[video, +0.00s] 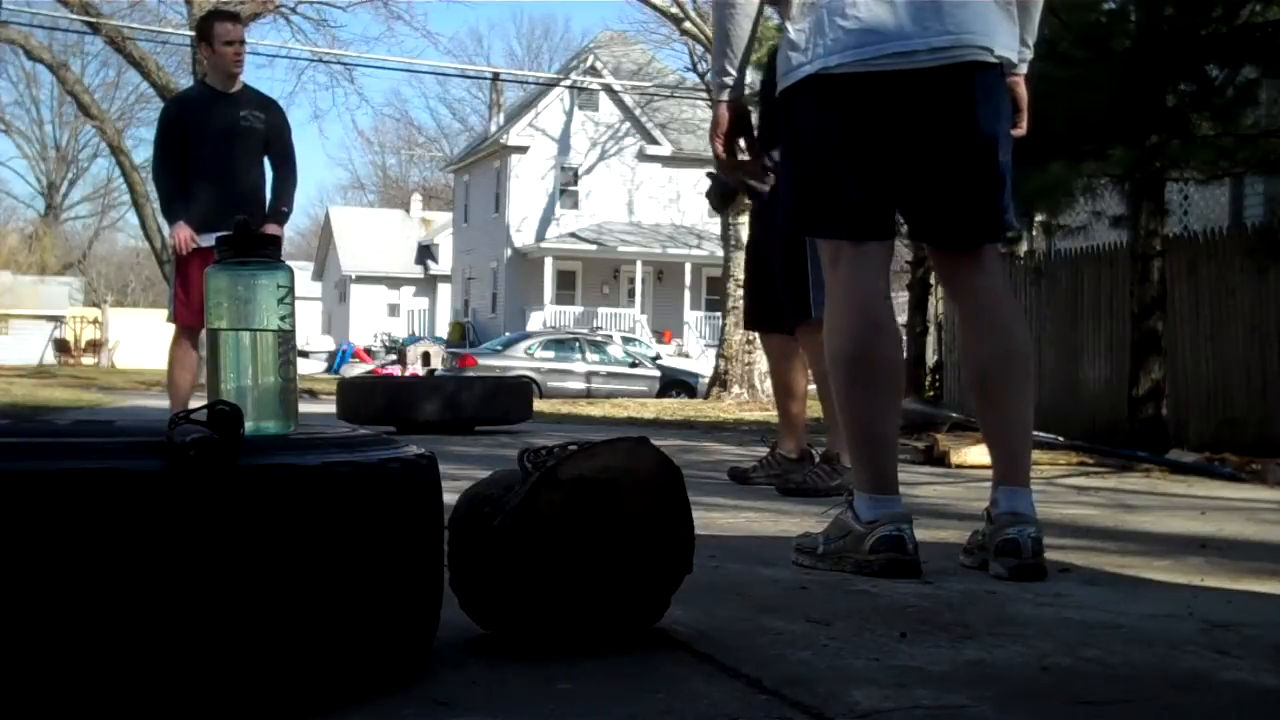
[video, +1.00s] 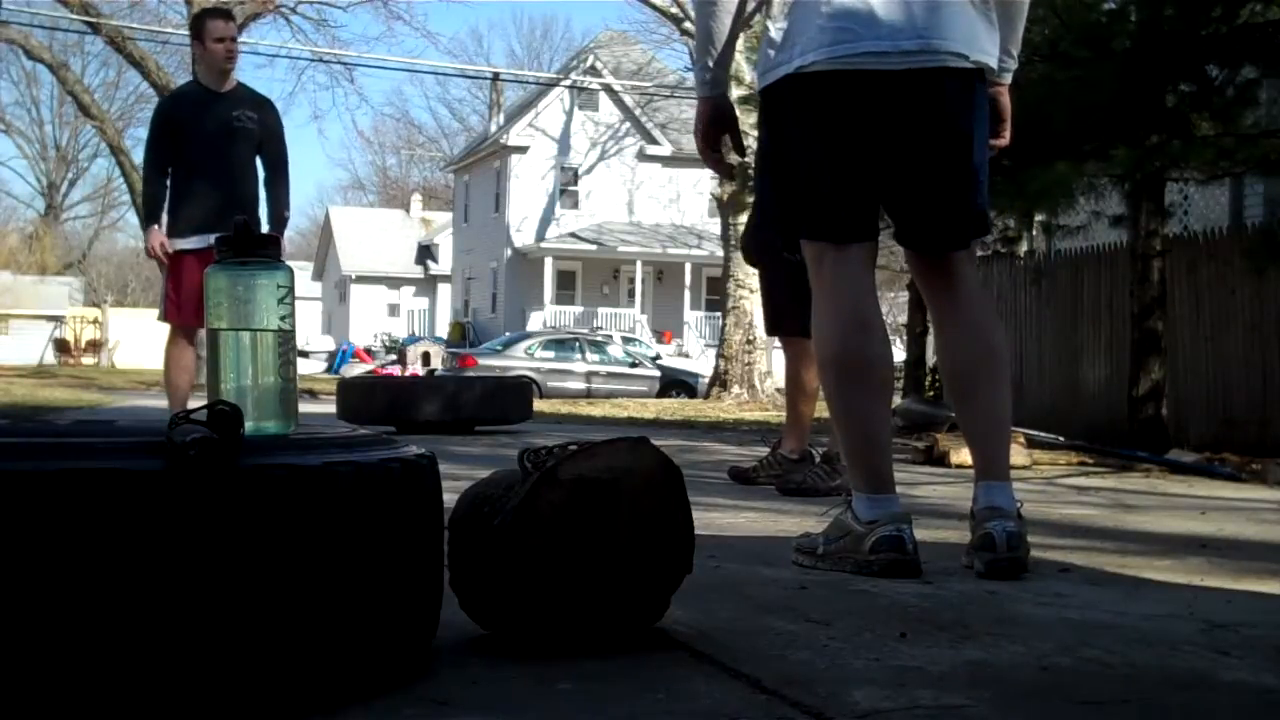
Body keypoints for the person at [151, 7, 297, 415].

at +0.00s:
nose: (239, 51)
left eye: (242, 44)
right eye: (229, 44)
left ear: (246, 47)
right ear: (205, 50)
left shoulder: (267, 109)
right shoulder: (179, 108)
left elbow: (285, 170)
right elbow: (163, 169)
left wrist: (276, 221)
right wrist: (176, 220)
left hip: (251, 239)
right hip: (196, 239)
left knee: (251, 334)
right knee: (189, 330)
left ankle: (249, 425)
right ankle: (178, 421)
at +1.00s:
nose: (231, 48)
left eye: (234, 41)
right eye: (221, 41)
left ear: (238, 44)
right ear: (197, 46)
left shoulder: (260, 107)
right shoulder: (173, 106)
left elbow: (277, 173)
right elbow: (154, 171)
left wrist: (277, 231)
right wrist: (151, 225)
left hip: (244, 239)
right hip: (187, 239)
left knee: (242, 334)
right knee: (184, 331)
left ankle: (240, 426)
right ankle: (179, 424)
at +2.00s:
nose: (268, 56)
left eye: (275, 48)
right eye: (260, 48)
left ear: (282, 49)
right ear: (240, 47)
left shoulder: (297, 108)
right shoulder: (210, 103)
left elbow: (313, 173)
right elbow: (192, 167)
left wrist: (313, 229)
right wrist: (194, 220)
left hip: (269, 235)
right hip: (214, 232)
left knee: (267, 329)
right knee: (192, 319)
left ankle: (266, 417)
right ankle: (180, 408)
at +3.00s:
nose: (195, 42)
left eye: (204, 35)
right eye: (188, 34)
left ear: (215, 40)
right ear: (175, 38)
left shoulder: (240, 99)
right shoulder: (151, 100)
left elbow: (257, 164)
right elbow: (131, 166)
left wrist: (251, 225)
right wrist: (127, 226)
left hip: (229, 231)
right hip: (173, 233)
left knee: (232, 329)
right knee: (170, 328)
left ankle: (232, 421)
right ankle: (170, 421)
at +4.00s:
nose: (223, 199)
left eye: (231, 191)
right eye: (214, 191)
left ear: (242, 192)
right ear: (201, 192)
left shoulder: (264, 231)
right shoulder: (180, 232)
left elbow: (295, 294)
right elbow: (144, 300)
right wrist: (180, 283)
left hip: (249, 306)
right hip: (196, 309)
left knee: (272, 339)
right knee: (165, 342)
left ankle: (260, 423)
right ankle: (173, 425)